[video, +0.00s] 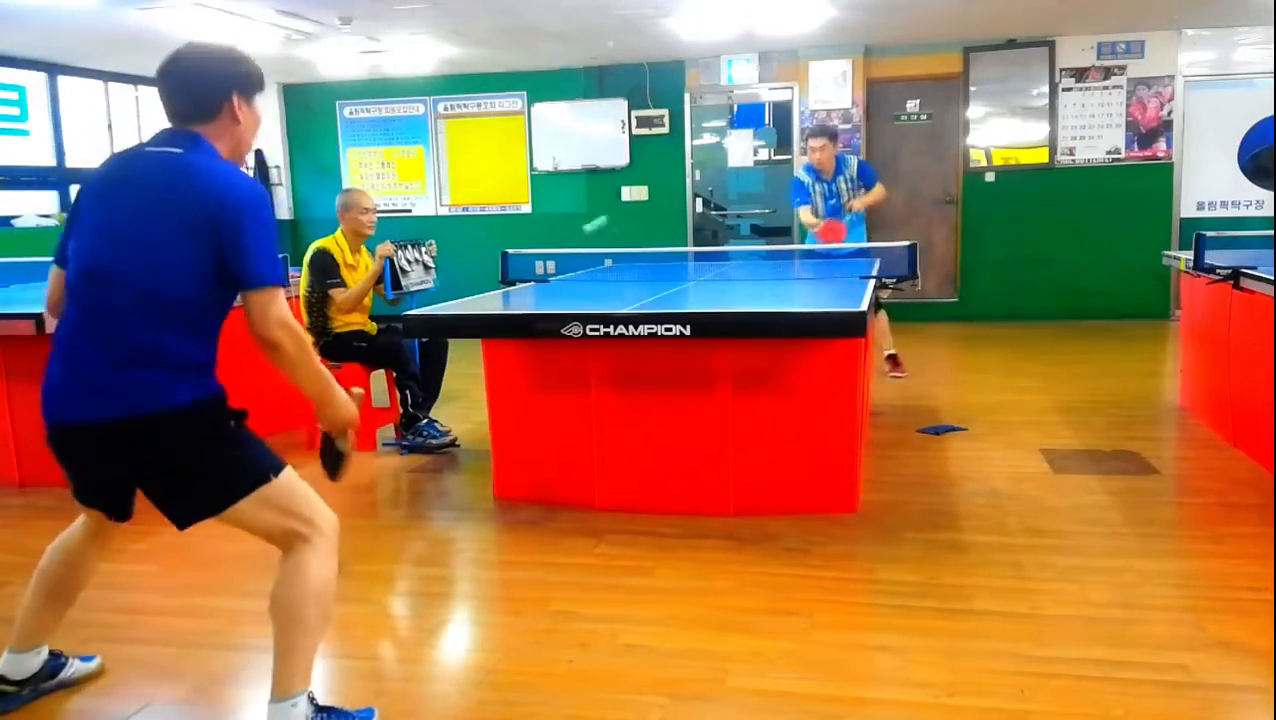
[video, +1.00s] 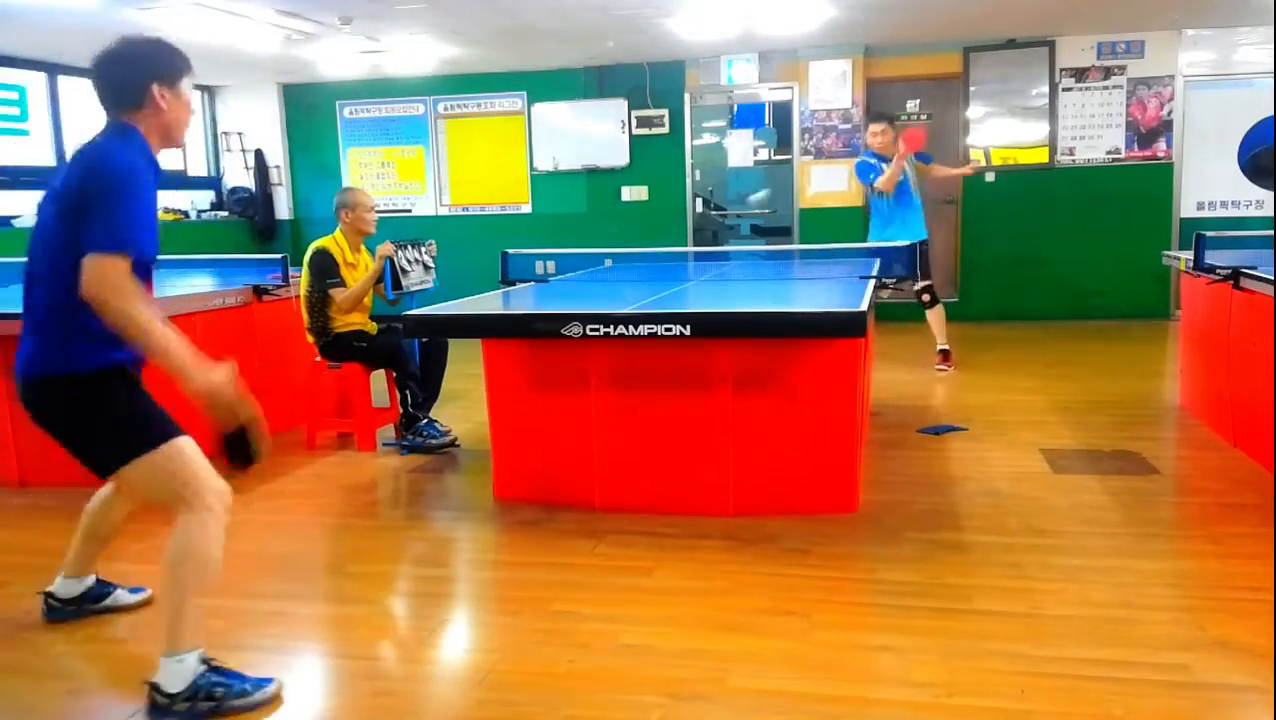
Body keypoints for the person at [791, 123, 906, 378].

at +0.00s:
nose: (815, 156)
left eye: (821, 150)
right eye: (811, 150)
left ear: (835, 148)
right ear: (806, 151)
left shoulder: (853, 165)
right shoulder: (803, 176)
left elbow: (880, 191)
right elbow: (804, 212)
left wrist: (862, 201)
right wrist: (816, 223)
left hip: (855, 248)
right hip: (818, 251)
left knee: (872, 300)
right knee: (817, 301)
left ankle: (889, 354)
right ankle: (819, 358)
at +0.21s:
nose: (835, 168)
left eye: (841, 161)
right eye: (832, 162)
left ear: (857, 159)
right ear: (828, 163)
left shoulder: (876, 180)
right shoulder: (827, 187)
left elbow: (907, 211)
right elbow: (807, 216)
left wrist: (878, 219)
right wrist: (785, 241)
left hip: (877, 261)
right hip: (842, 262)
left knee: (897, 312)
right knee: (840, 314)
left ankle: (920, 354)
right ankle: (842, 364)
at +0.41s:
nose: (853, 150)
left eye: (858, 144)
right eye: (849, 145)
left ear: (873, 143)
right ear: (845, 147)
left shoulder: (892, 168)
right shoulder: (844, 173)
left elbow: (919, 200)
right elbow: (840, 204)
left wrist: (897, 217)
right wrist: (831, 228)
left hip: (894, 248)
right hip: (859, 250)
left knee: (908, 299)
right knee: (855, 302)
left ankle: (923, 352)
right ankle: (855, 357)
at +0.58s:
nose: (858, 156)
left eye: (863, 149)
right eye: (854, 150)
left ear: (878, 148)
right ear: (850, 151)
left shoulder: (897, 172)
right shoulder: (852, 177)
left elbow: (919, 207)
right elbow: (850, 208)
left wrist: (901, 220)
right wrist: (844, 234)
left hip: (899, 248)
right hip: (867, 249)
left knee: (909, 299)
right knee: (858, 301)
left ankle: (931, 351)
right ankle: (855, 354)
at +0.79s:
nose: (873, 147)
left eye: (877, 141)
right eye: (868, 142)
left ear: (890, 137)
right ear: (863, 142)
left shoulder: (910, 153)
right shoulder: (861, 166)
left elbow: (937, 169)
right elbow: (863, 200)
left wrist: (946, 176)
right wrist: (872, 201)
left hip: (915, 235)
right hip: (880, 236)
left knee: (924, 290)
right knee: (866, 293)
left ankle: (934, 349)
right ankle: (858, 350)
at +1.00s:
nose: (878, 138)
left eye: (883, 133)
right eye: (873, 134)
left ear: (895, 134)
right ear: (866, 138)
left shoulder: (907, 157)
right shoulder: (864, 164)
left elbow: (932, 169)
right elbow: (885, 185)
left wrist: (960, 171)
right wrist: (898, 160)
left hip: (914, 237)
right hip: (881, 240)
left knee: (926, 293)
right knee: (866, 296)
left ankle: (943, 349)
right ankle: (859, 351)